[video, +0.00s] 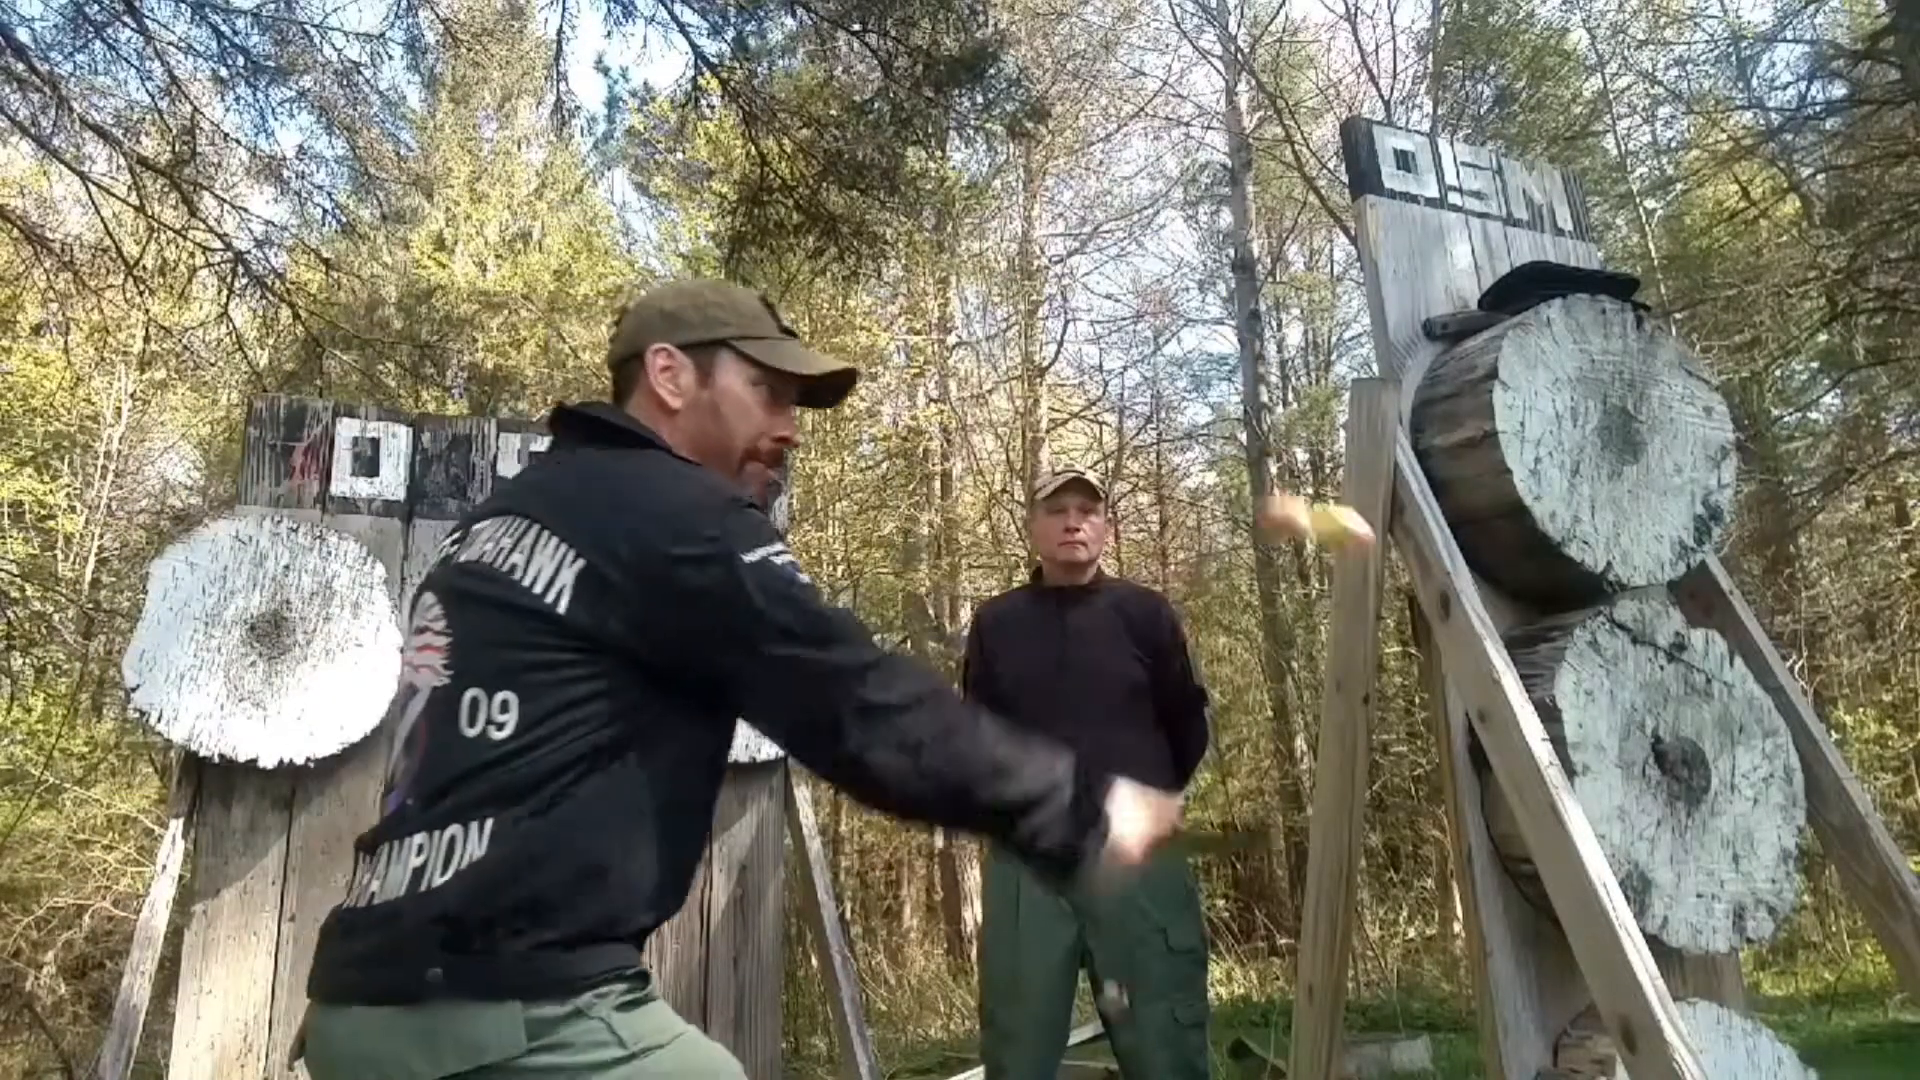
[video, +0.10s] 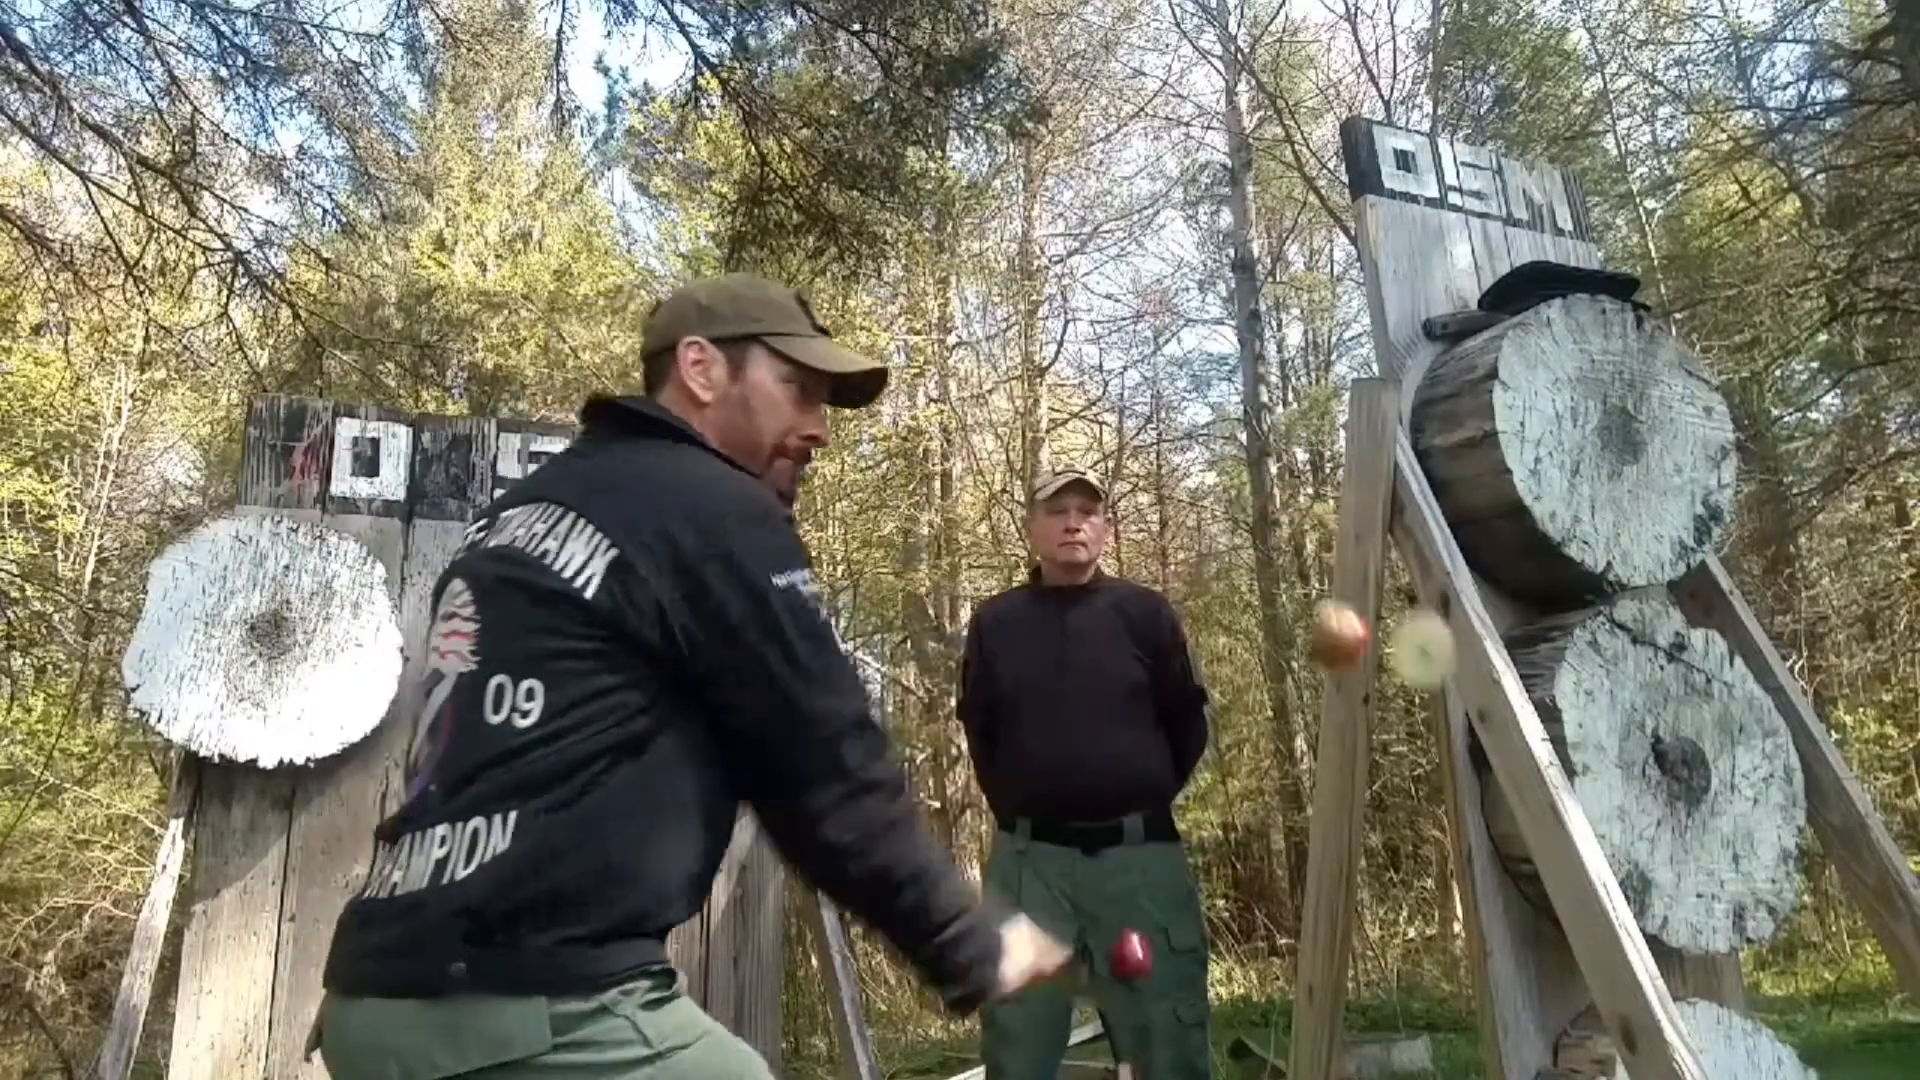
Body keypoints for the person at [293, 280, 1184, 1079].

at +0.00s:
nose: (790, 429)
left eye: (796, 402)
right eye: (770, 393)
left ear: (666, 389)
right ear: (669, 378)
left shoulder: (516, 507)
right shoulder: (682, 526)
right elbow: (867, 711)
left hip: (365, 1005)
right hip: (536, 1008)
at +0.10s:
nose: (819, 429)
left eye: (822, 401)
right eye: (800, 390)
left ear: (701, 376)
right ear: (701, 372)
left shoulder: (540, 491)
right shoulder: (718, 514)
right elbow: (829, 778)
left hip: (379, 1002)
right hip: (559, 1006)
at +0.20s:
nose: (853, 428)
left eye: (856, 401)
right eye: (830, 388)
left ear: (728, 369)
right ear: (735, 367)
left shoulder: (551, 493)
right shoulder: (745, 518)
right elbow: (775, 826)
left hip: (386, 996)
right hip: (574, 1003)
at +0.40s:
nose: (898, 445)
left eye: (903, 419)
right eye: (882, 405)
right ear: (788, 375)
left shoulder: (579, 488)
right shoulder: (793, 527)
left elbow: (535, 743)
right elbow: (769, 810)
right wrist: (738, 991)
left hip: (390, 983)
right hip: (588, 995)